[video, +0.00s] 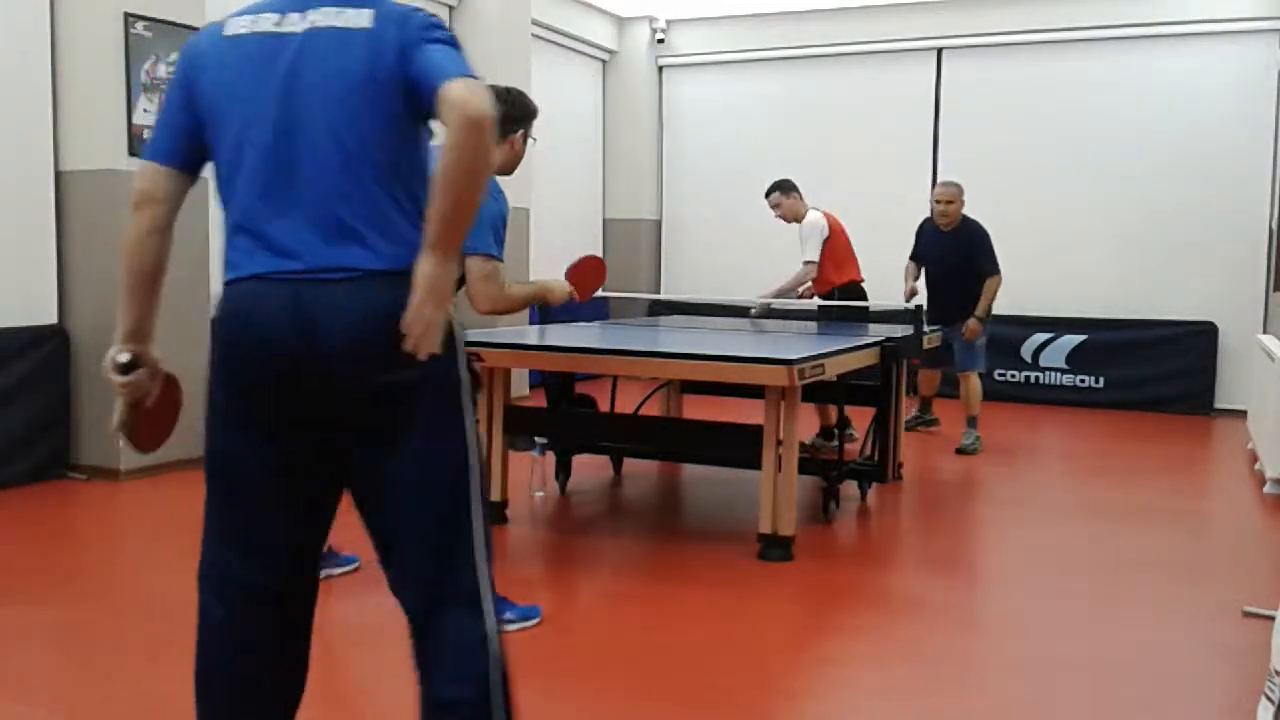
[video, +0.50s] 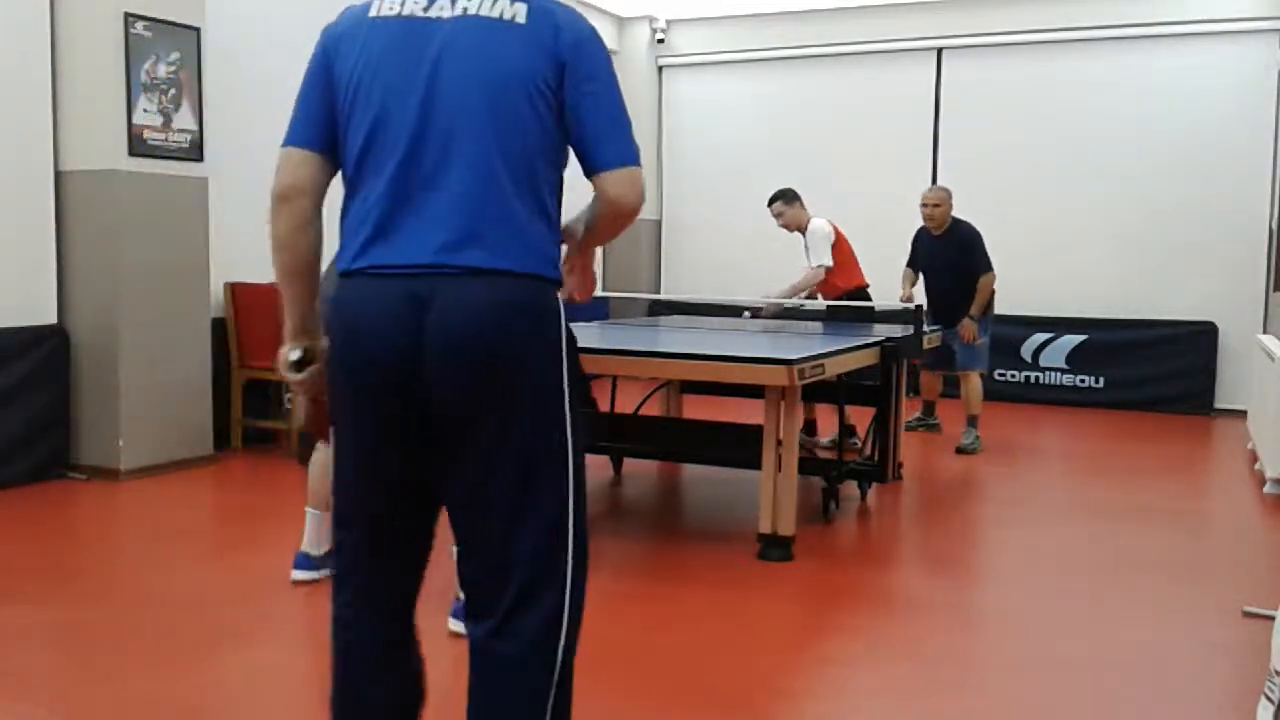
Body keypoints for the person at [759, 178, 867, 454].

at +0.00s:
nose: (777, 214)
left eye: (778, 206)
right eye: (773, 209)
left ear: (795, 197)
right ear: (797, 199)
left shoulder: (812, 221)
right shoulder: (820, 218)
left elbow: (810, 270)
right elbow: (835, 264)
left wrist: (769, 297)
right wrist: (813, 286)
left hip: (842, 299)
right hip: (846, 297)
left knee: (819, 367)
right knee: (828, 365)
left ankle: (827, 432)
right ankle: (841, 421)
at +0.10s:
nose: (779, 212)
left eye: (780, 204)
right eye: (775, 207)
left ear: (797, 195)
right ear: (794, 200)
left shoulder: (815, 220)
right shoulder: (814, 221)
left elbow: (818, 267)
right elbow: (831, 266)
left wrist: (779, 295)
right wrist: (812, 286)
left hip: (846, 298)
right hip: (837, 298)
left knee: (825, 367)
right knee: (824, 366)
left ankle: (834, 430)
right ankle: (838, 426)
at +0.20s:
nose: (781, 211)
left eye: (783, 203)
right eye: (777, 207)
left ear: (799, 195)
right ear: (779, 207)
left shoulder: (819, 219)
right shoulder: (812, 225)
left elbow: (827, 264)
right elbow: (826, 267)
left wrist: (788, 292)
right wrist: (810, 287)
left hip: (849, 298)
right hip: (836, 299)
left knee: (831, 367)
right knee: (824, 366)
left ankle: (842, 429)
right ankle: (832, 429)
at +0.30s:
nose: (782, 214)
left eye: (784, 206)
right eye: (778, 210)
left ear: (800, 198)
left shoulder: (821, 221)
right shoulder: (812, 228)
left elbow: (830, 265)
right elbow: (825, 269)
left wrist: (796, 290)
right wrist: (808, 289)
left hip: (851, 298)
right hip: (837, 299)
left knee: (833, 367)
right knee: (823, 366)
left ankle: (845, 428)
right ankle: (826, 427)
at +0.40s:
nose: (781, 218)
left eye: (783, 210)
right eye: (777, 213)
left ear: (800, 203)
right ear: (797, 207)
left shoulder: (821, 224)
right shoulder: (812, 230)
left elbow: (827, 268)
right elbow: (828, 271)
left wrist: (792, 293)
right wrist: (811, 290)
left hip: (853, 300)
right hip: (837, 302)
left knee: (838, 366)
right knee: (818, 364)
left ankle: (846, 427)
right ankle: (819, 424)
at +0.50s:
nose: (779, 223)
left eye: (780, 216)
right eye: (775, 218)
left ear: (798, 208)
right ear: (796, 212)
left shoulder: (818, 228)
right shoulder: (810, 233)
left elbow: (819, 272)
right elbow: (823, 276)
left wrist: (782, 297)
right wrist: (803, 297)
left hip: (852, 305)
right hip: (837, 306)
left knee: (834, 368)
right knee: (817, 364)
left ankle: (845, 428)